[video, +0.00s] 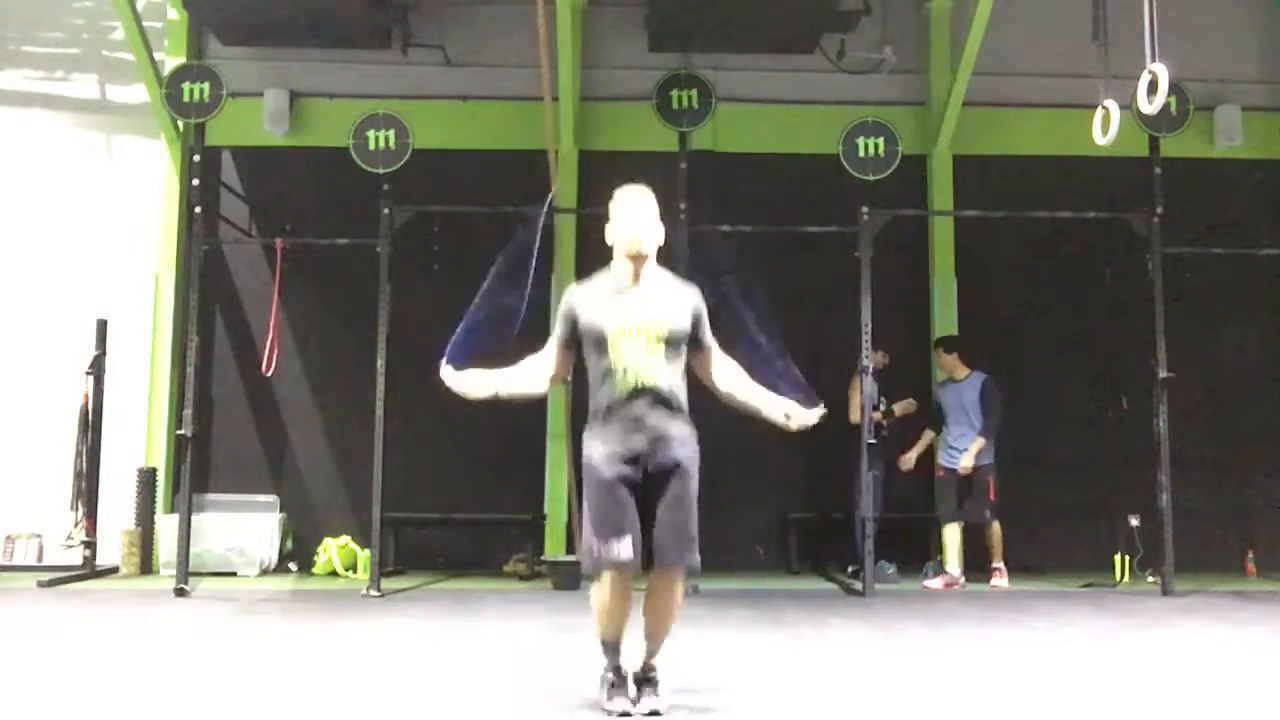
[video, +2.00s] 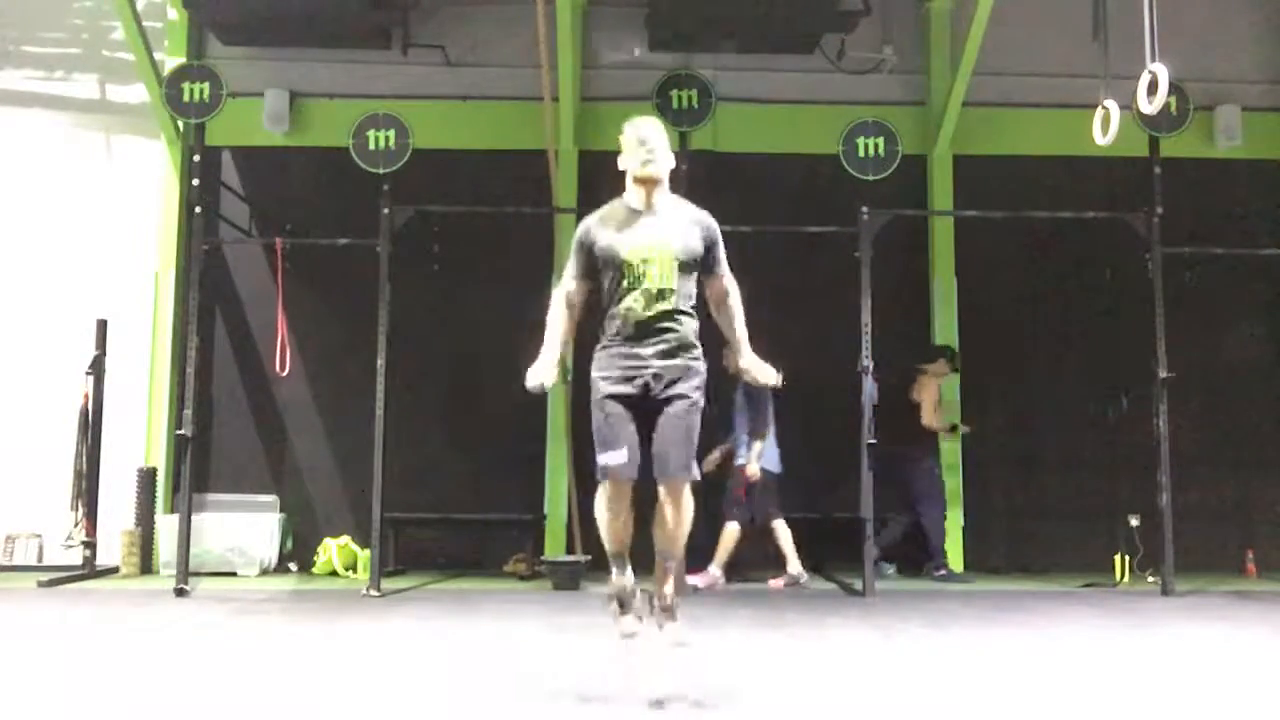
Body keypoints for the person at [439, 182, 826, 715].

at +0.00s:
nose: (638, 228)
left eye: (646, 219)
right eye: (628, 219)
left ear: (660, 228)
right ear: (609, 229)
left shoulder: (686, 297)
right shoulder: (580, 297)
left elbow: (717, 369)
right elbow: (548, 369)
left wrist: (781, 409)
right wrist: (484, 380)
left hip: (673, 435)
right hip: (609, 436)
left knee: (671, 560)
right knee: (617, 557)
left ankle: (649, 670)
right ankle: (612, 669)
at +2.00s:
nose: (650, 152)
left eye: (657, 145)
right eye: (640, 145)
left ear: (672, 157)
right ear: (622, 158)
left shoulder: (699, 224)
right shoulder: (595, 229)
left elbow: (723, 294)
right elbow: (569, 297)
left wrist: (743, 353)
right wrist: (550, 354)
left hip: (680, 365)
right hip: (615, 365)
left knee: (674, 478)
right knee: (617, 474)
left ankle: (666, 597)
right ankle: (620, 585)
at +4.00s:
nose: (649, 219)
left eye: (657, 209)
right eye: (639, 210)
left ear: (669, 217)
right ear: (621, 218)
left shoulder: (694, 281)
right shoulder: (594, 286)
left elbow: (725, 353)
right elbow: (567, 355)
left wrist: (763, 405)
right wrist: (534, 399)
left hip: (678, 433)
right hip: (616, 433)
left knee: (672, 551)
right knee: (615, 548)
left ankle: (661, 660)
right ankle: (620, 658)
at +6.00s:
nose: (652, 167)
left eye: (660, 159)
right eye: (642, 160)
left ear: (676, 171)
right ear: (626, 173)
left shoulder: (701, 237)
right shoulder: (600, 238)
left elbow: (723, 306)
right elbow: (575, 309)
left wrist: (758, 363)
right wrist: (536, 358)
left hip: (683, 379)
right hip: (621, 379)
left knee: (677, 497)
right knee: (625, 492)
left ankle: (665, 608)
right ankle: (624, 602)